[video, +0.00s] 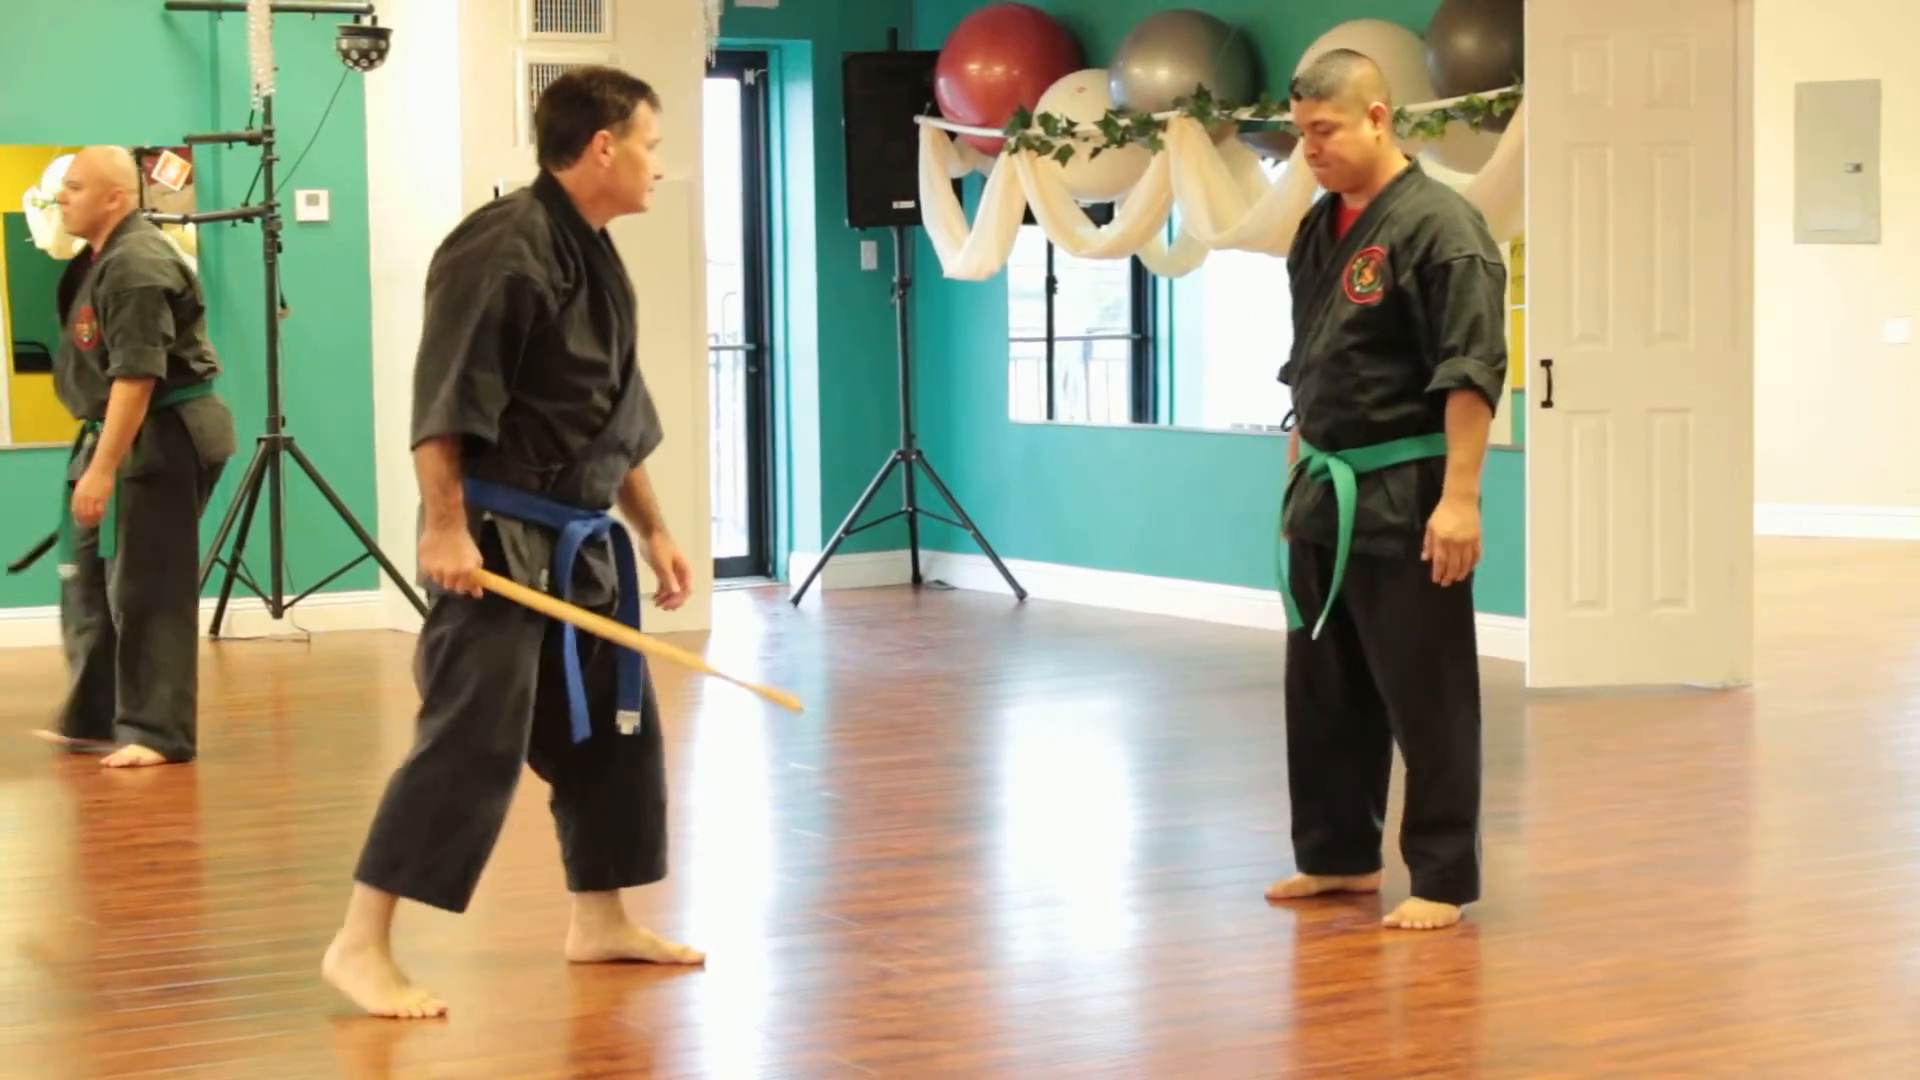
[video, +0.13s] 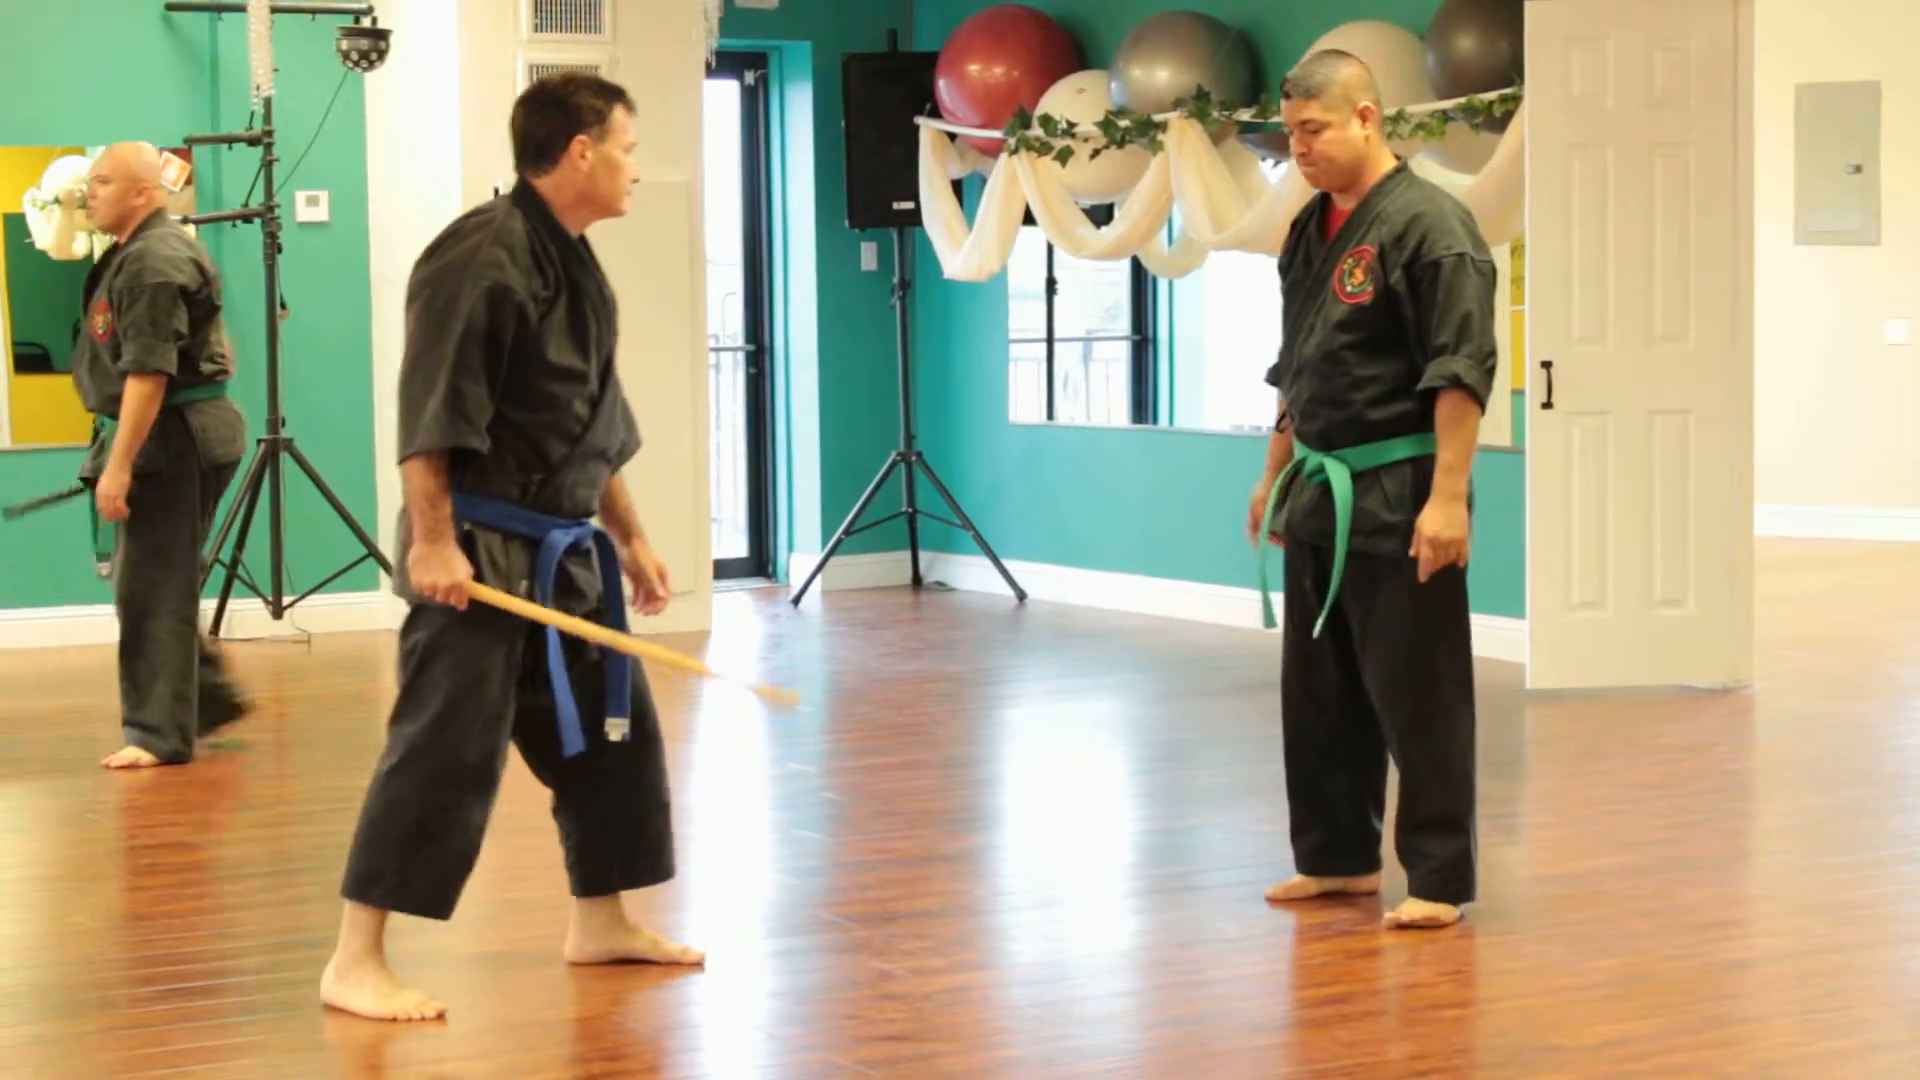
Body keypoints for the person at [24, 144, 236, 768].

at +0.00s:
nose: (62, 197)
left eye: (73, 188)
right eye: (64, 187)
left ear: (113, 198)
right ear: (109, 199)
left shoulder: (136, 263)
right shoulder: (109, 258)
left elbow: (137, 378)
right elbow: (118, 370)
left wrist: (102, 468)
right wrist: (100, 447)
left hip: (163, 433)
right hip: (129, 428)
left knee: (150, 580)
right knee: (93, 575)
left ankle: (160, 732)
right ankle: (95, 718)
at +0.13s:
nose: (89, 193)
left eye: (100, 183)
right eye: (92, 182)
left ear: (140, 193)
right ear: (139, 194)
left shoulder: (154, 260)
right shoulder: (145, 248)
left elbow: (149, 373)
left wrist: (120, 463)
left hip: (174, 435)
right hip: (166, 429)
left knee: (154, 583)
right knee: (151, 574)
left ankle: (159, 733)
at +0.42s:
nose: (142, 202)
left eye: (154, 193)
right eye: (145, 191)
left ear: (196, 205)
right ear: (204, 208)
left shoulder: (190, 273)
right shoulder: (237, 260)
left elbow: (180, 384)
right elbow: (257, 360)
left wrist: (150, 469)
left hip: (208, 442)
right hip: (255, 436)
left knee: (144, 584)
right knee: (253, 579)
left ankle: (153, 735)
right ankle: (303, 713)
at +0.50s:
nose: (150, 203)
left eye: (162, 193)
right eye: (152, 192)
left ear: (202, 205)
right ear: (208, 207)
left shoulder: (192, 270)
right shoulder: (249, 260)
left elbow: (181, 378)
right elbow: (259, 366)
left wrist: (156, 464)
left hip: (211, 444)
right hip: (259, 438)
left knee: (148, 587)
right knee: (248, 590)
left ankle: (147, 736)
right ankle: (294, 721)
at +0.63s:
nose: (155, 201)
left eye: (169, 192)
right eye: (158, 190)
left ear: (211, 205)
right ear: (218, 208)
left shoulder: (195, 269)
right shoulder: (258, 263)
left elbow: (178, 374)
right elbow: (271, 366)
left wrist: (148, 456)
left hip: (212, 443)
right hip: (260, 440)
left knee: (154, 591)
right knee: (248, 594)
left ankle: (133, 740)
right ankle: (291, 723)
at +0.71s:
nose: (156, 201)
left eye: (169, 192)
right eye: (158, 190)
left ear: (211, 205)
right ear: (220, 209)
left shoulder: (193, 270)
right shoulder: (262, 267)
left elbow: (171, 375)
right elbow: (278, 374)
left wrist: (135, 458)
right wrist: (267, 444)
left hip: (206, 445)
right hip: (255, 444)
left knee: (148, 594)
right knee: (240, 591)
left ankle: (132, 742)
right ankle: (290, 722)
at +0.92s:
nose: (151, 204)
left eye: (163, 194)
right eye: (153, 192)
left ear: (205, 207)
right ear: (211, 209)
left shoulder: (192, 272)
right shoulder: (245, 263)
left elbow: (157, 380)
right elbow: (251, 367)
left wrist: (109, 455)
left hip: (197, 446)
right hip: (243, 442)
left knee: (142, 592)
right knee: (237, 591)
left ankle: (130, 744)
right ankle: (289, 722)